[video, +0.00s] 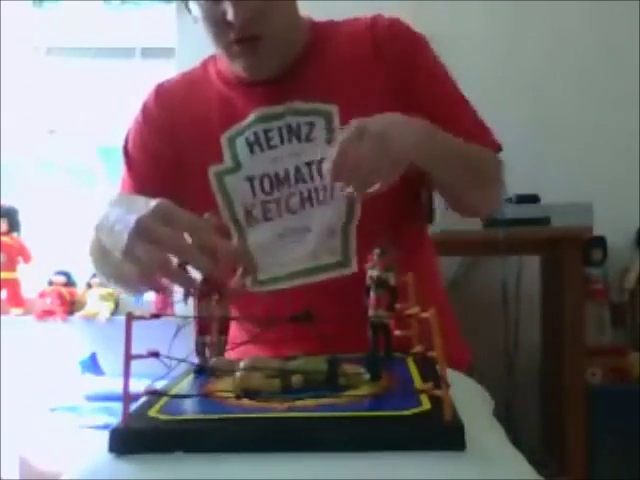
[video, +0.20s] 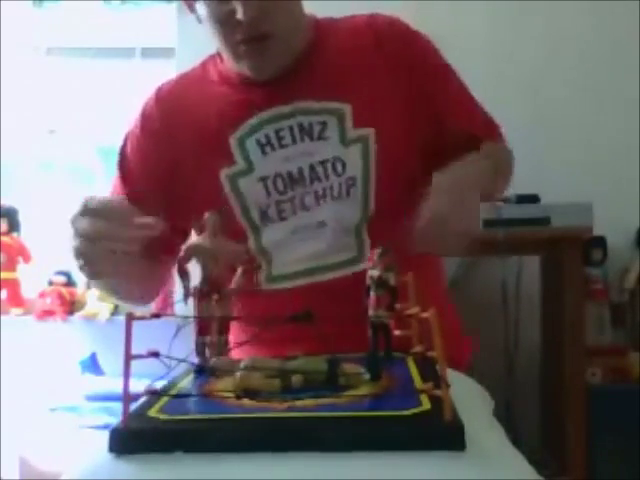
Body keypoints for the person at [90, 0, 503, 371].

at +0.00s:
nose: (233, 15)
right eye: (212, 0)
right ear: (193, 8)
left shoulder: (382, 50)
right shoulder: (169, 111)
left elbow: (484, 195)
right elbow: (130, 270)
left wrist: (415, 140)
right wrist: (116, 229)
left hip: (405, 372)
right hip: (252, 384)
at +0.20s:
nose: (240, 14)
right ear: (192, 7)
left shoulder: (386, 49)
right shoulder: (170, 113)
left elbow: (491, 153)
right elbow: (144, 289)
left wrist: (462, 182)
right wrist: (103, 251)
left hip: (411, 367)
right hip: (254, 384)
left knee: (503, 473)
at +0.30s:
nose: (249, 12)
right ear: (201, 8)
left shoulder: (393, 50)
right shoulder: (179, 114)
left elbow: (484, 159)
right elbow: (149, 282)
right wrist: (90, 260)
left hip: (417, 370)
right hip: (268, 391)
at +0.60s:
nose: (276, 14)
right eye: (258, 2)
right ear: (239, 6)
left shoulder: (425, 52)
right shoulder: (207, 105)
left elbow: (502, 182)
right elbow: (169, 252)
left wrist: (555, 298)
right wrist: (67, 336)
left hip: (440, 384)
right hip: (289, 398)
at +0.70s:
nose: (312, 8)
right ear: (278, 1)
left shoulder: (460, 57)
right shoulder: (236, 100)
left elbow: (535, 192)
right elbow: (187, 252)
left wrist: (590, 304)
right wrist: (115, 354)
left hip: (463, 391)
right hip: (318, 402)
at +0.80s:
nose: (352, 8)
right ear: (319, 3)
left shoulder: (492, 62)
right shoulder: (273, 97)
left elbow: (566, 201)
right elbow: (238, 243)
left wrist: (609, 309)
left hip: (492, 399)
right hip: (342, 408)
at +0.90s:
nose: (399, 5)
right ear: (363, 2)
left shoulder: (533, 70)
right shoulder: (312, 93)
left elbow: (604, 217)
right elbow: (287, 221)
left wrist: (630, 339)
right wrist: (236, 306)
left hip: (519, 405)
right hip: (366, 413)